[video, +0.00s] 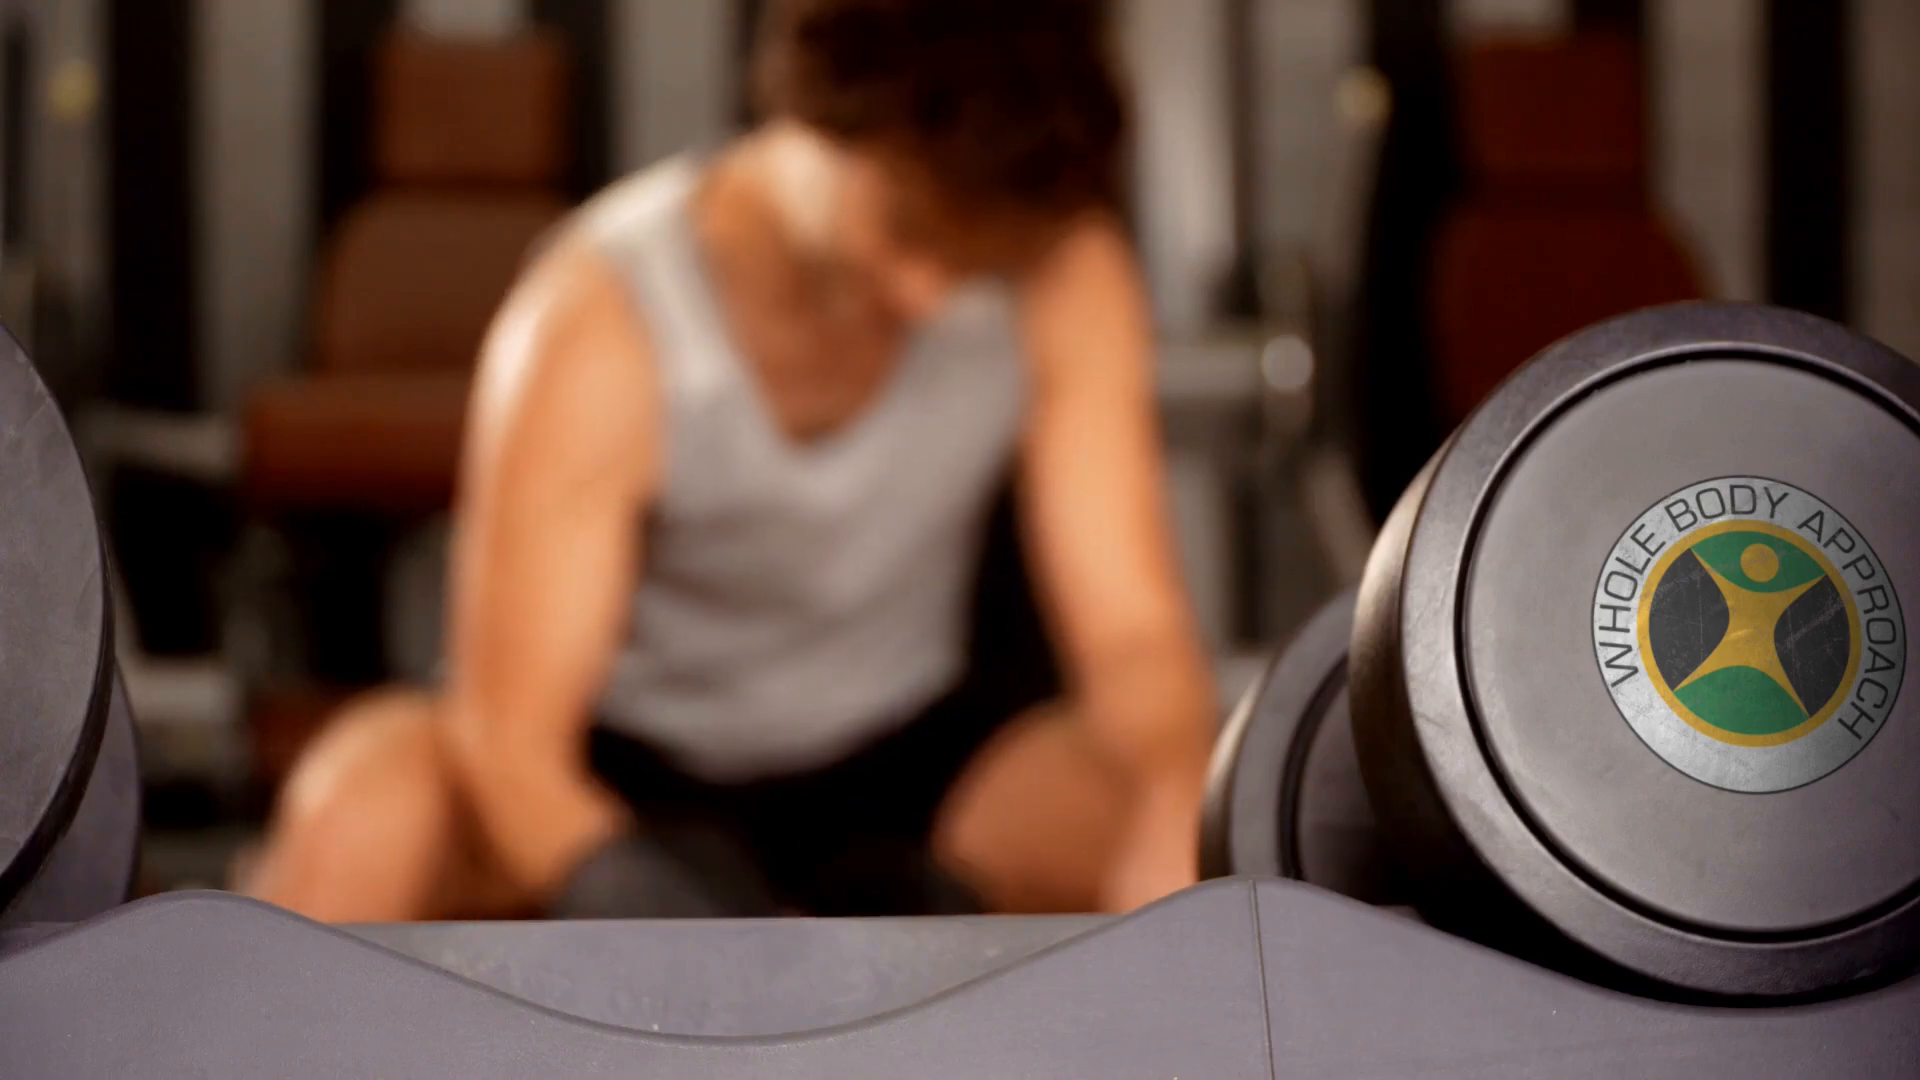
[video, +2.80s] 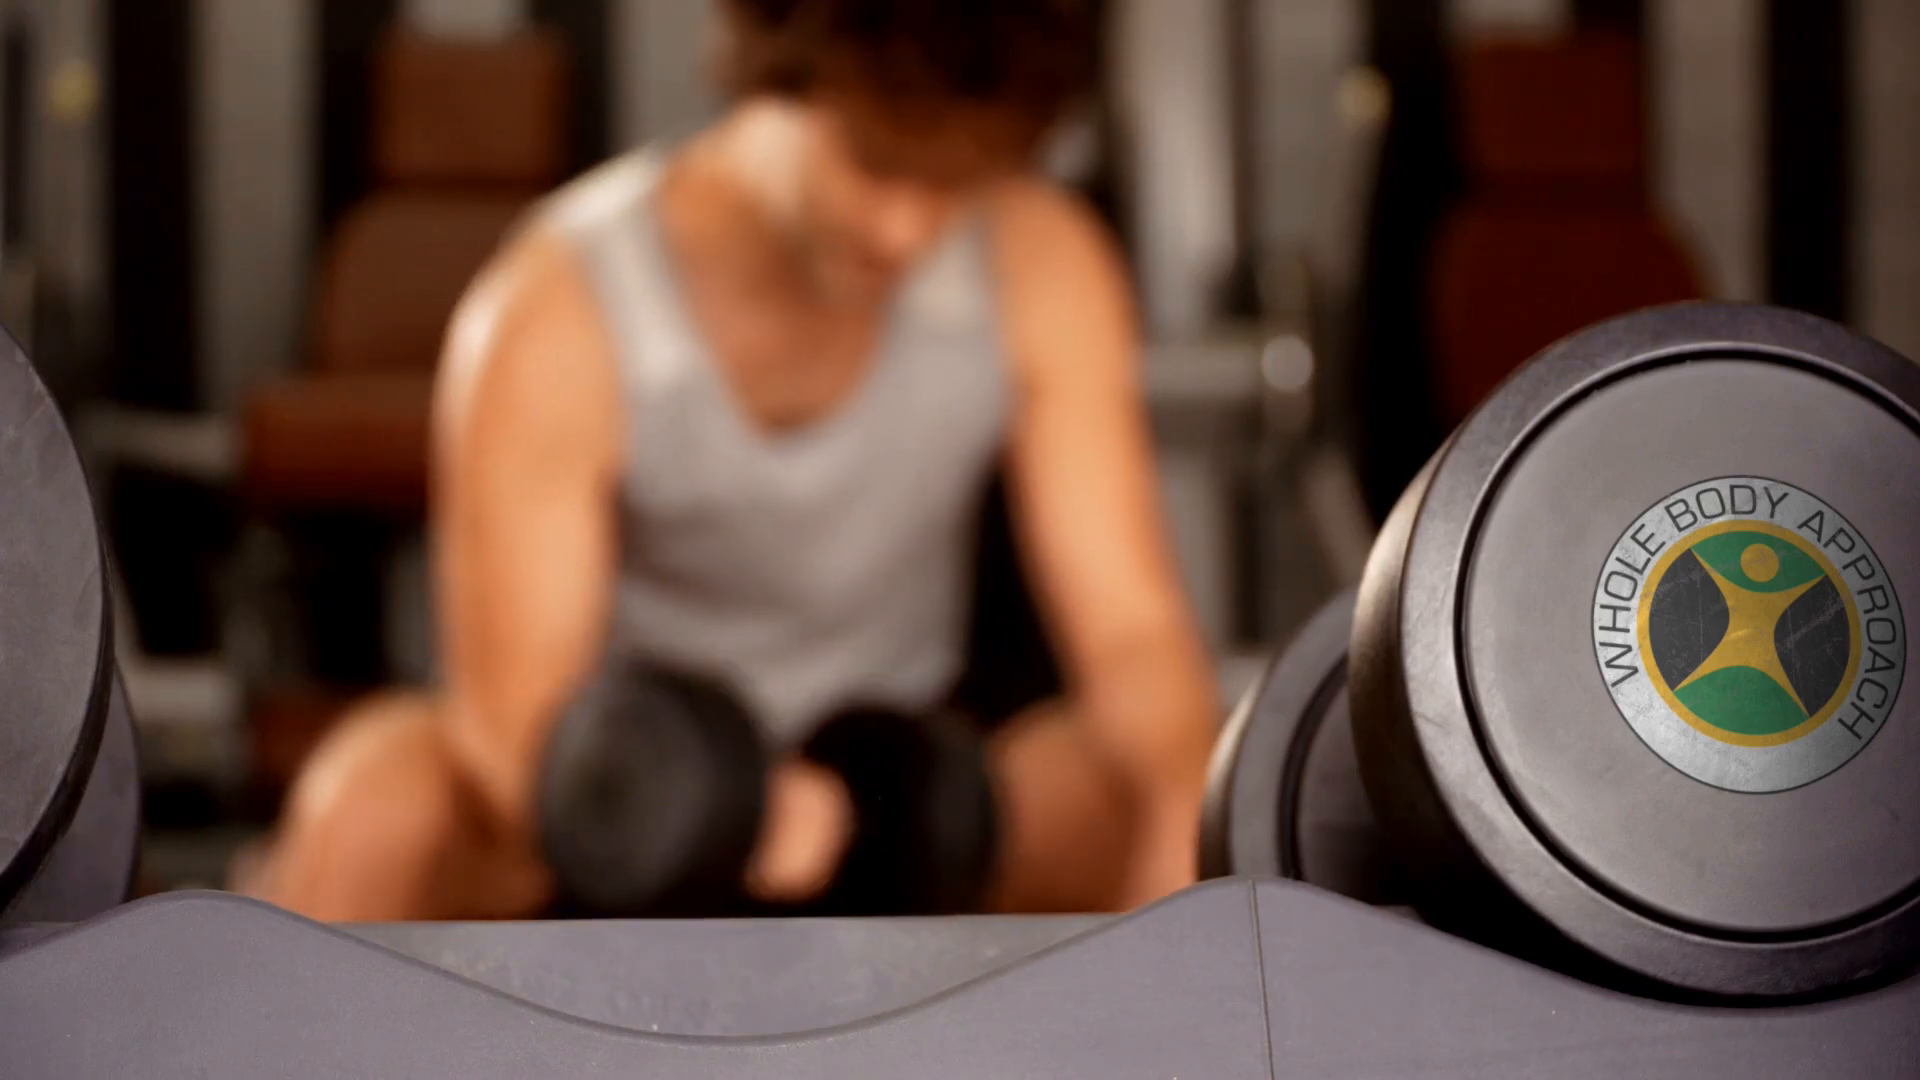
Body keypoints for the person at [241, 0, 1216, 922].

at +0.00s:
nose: (928, 299)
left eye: (978, 263)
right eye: (902, 242)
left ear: (1040, 219)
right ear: (821, 133)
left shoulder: (1057, 262)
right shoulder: (595, 314)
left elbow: (1131, 640)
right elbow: (513, 749)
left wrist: (1172, 841)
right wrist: (699, 947)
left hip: (905, 763)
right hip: (629, 776)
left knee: (1194, 813)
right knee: (365, 791)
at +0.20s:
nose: (908, 308)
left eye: (959, 269)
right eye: (884, 249)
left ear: (1023, 230)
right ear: (798, 138)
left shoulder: (1039, 264)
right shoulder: (546, 312)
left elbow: (1131, 641)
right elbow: (512, 733)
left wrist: (1173, 839)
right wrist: (734, 784)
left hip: (898, 809)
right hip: (617, 813)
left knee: (1192, 779)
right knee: (370, 777)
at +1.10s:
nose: (894, 271)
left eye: (944, 232)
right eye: (869, 214)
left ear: (1003, 177)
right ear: (784, 115)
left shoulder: (1034, 257)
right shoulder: (545, 314)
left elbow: (1126, 638)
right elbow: (514, 740)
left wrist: (1194, 806)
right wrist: (840, 820)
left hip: (900, 793)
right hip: (609, 796)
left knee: (1192, 796)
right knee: (361, 784)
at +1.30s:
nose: (915, 281)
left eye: (969, 241)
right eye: (890, 219)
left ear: (1024, 193)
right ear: (803, 120)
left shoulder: (1053, 265)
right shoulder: (584, 313)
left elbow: (1133, 644)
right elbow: (520, 793)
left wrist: (1202, 819)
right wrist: (680, 1043)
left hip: (902, 780)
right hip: (623, 789)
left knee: (1194, 811)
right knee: (365, 799)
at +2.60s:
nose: (917, 247)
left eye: (966, 201)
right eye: (885, 186)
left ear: (1012, 161)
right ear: (784, 97)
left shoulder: (1045, 255)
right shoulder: (588, 310)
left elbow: (1130, 639)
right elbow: (506, 753)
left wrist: (1187, 852)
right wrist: (677, 961)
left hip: (903, 768)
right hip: (624, 779)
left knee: (1193, 817)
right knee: (362, 794)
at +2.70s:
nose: (910, 235)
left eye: (961, 187)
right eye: (876, 171)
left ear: (1013, 155)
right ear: (780, 81)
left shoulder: (1042, 256)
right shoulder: (571, 308)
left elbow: (1135, 642)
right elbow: (509, 750)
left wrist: (1183, 842)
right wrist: (732, 870)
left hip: (907, 786)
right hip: (625, 792)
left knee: (1202, 781)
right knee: (368, 797)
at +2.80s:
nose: (907, 231)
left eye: (957, 183)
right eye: (873, 166)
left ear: (1010, 151)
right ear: (778, 77)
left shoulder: (1036, 257)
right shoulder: (556, 308)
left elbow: (1134, 641)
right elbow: (516, 733)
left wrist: (1183, 840)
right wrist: (850, 822)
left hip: (899, 803)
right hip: (623, 798)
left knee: (1188, 784)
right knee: (374, 789)